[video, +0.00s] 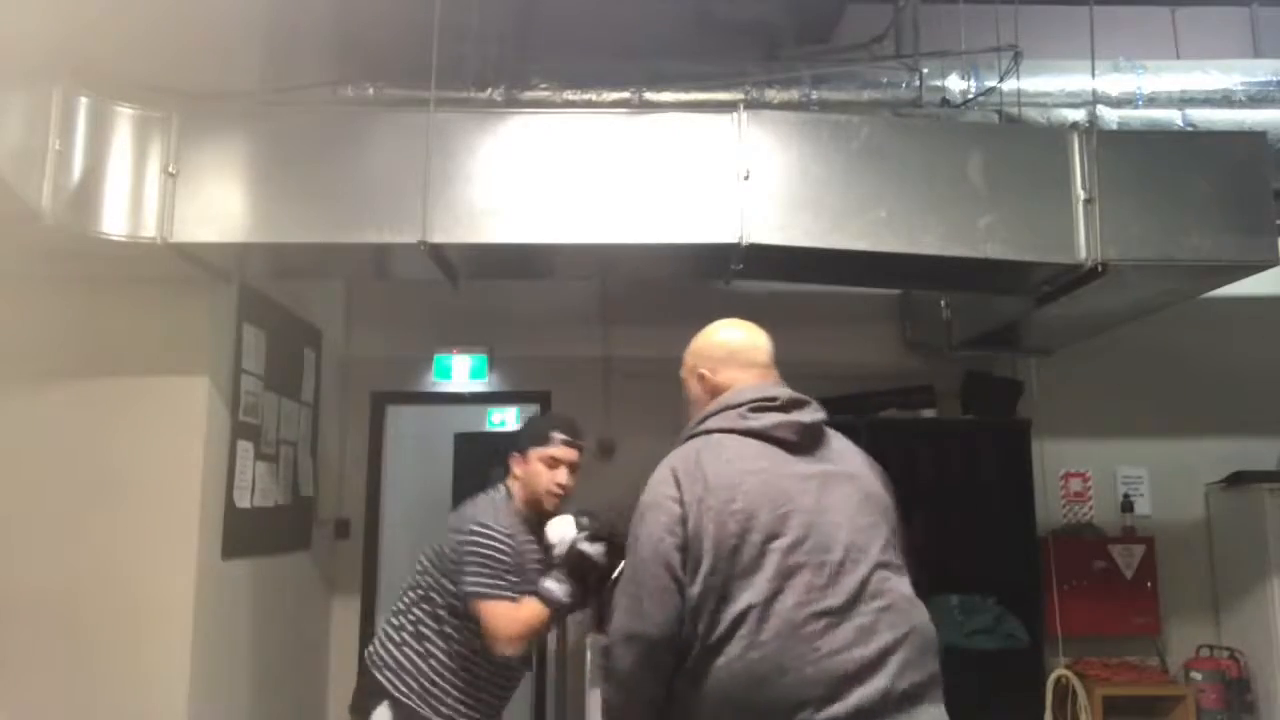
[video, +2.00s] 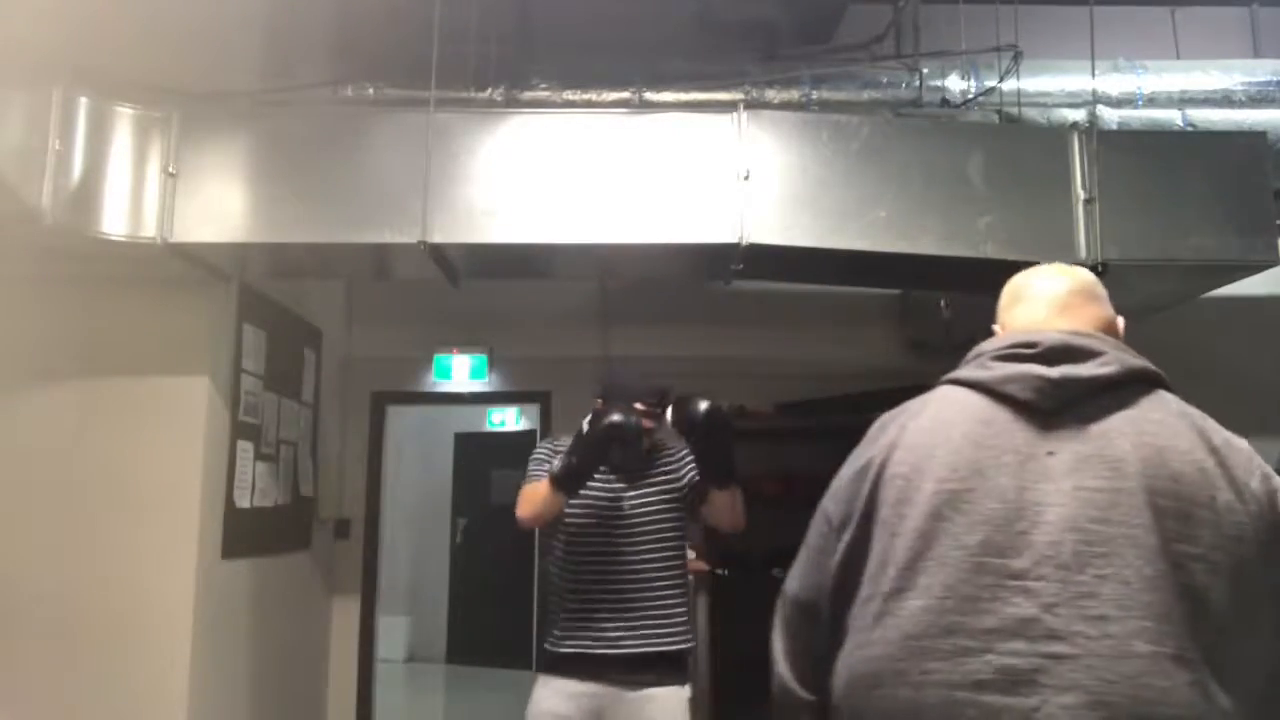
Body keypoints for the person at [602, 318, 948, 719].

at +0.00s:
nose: (687, 398)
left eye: (687, 384)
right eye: (686, 385)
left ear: (704, 381)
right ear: (771, 373)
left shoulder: (682, 475)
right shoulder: (859, 463)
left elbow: (641, 633)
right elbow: (890, 594)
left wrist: (632, 708)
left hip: (746, 704)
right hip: (898, 698)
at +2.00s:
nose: (1120, 325)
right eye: (1119, 323)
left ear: (994, 336)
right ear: (1118, 331)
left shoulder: (897, 437)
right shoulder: (1223, 457)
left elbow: (801, 629)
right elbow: (1261, 654)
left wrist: (804, 709)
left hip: (905, 702)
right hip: (1154, 704)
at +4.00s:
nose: (964, 410)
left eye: (971, 392)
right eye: (964, 395)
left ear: (1019, 388)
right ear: (1020, 388)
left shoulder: (1026, 466)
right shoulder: (1086, 445)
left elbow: (1005, 603)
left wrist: (929, 626)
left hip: (1117, 701)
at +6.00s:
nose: (976, 412)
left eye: (984, 396)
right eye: (974, 399)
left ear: (1032, 389)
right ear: (1032, 390)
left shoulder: (1058, 458)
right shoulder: (1073, 447)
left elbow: (1040, 589)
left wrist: (953, 625)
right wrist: (970, 614)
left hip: (1100, 701)